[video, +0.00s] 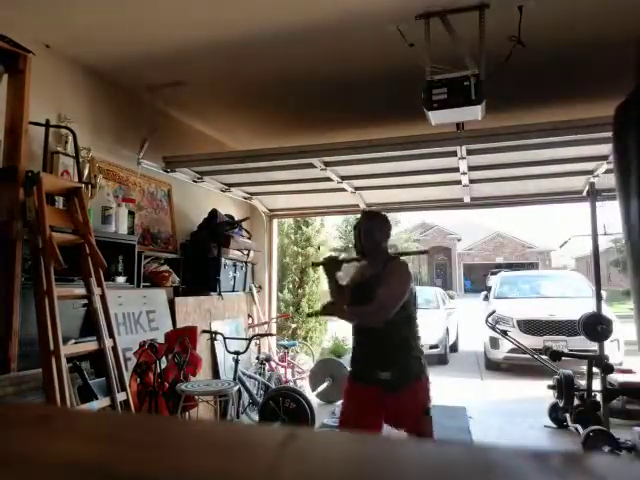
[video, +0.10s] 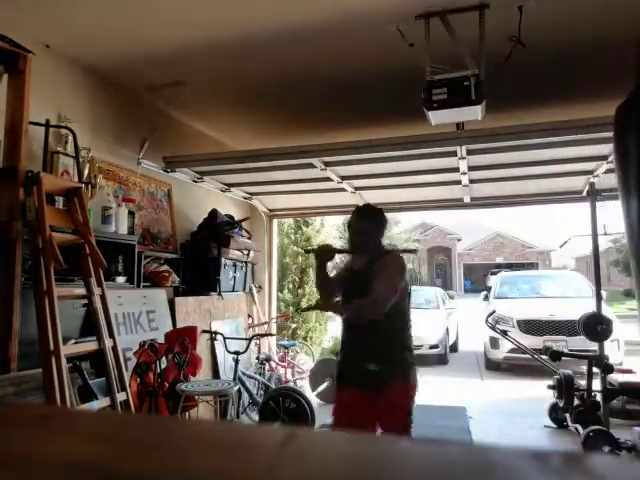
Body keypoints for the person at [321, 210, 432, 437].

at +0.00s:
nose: (369, 239)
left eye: (375, 232)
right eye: (364, 233)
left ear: (386, 235)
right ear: (357, 237)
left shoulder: (398, 270)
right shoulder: (360, 272)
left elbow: (381, 313)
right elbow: (344, 305)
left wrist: (343, 313)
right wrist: (332, 277)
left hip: (404, 371)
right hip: (365, 370)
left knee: (421, 445)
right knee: (355, 447)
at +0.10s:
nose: (354, 237)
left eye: (361, 231)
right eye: (352, 230)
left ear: (377, 232)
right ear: (349, 231)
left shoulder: (392, 262)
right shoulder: (354, 265)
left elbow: (377, 307)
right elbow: (328, 293)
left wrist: (334, 307)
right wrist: (321, 264)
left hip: (392, 369)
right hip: (355, 367)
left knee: (396, 446)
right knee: (348, 446)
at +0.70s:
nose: (346, 237)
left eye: (351, 230)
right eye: (345, 230)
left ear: (369, 232)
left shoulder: (384, 263)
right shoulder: (354, 270)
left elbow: (356, 304)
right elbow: (313, 294)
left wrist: (327, 315)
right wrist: (314, 251)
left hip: (370, 364)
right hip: (344, 362)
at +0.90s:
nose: (358, 228)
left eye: (367, 222)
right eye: (357, 221)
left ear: (387, 227)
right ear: (355, 224)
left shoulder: (404, 263)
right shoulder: (350, 261)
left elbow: (366, 295)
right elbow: (323, 288)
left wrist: (306, 292)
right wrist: (328, 252)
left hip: (384, 388)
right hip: (343, 384)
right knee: (332, 464)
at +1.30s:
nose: (403, 233)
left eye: (411, 227)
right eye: (397, 224)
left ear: (421, 233)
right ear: (384, 224)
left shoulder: (424, 281)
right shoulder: (358, 258)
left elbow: (446, 339)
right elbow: (306, 281)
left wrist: (477, 296)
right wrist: (264, 297)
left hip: (406, 402)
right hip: (357, 399)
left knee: (399, 475)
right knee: (353, 474)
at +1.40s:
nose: (409, 223)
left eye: (417, 217)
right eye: (403, 214)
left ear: (428, 225)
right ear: (390, 217)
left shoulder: (436, 273)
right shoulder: (362, 254)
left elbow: (481, 322)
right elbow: (316, 295)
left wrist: (486, 267)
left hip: (410, 407)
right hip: (358, 401)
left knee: (401, 478)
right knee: (344, 474)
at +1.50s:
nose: (396, 220)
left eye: (406, 213)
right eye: (391, 212)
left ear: (424, 215)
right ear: (384, 213)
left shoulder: (444, 260)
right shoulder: (365, 252)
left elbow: (510, 285)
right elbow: (334, 301)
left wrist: (483, 227)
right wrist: (342, 331)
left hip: (405, 391)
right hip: (353, 380)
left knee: (401, 476)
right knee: (309, 450)